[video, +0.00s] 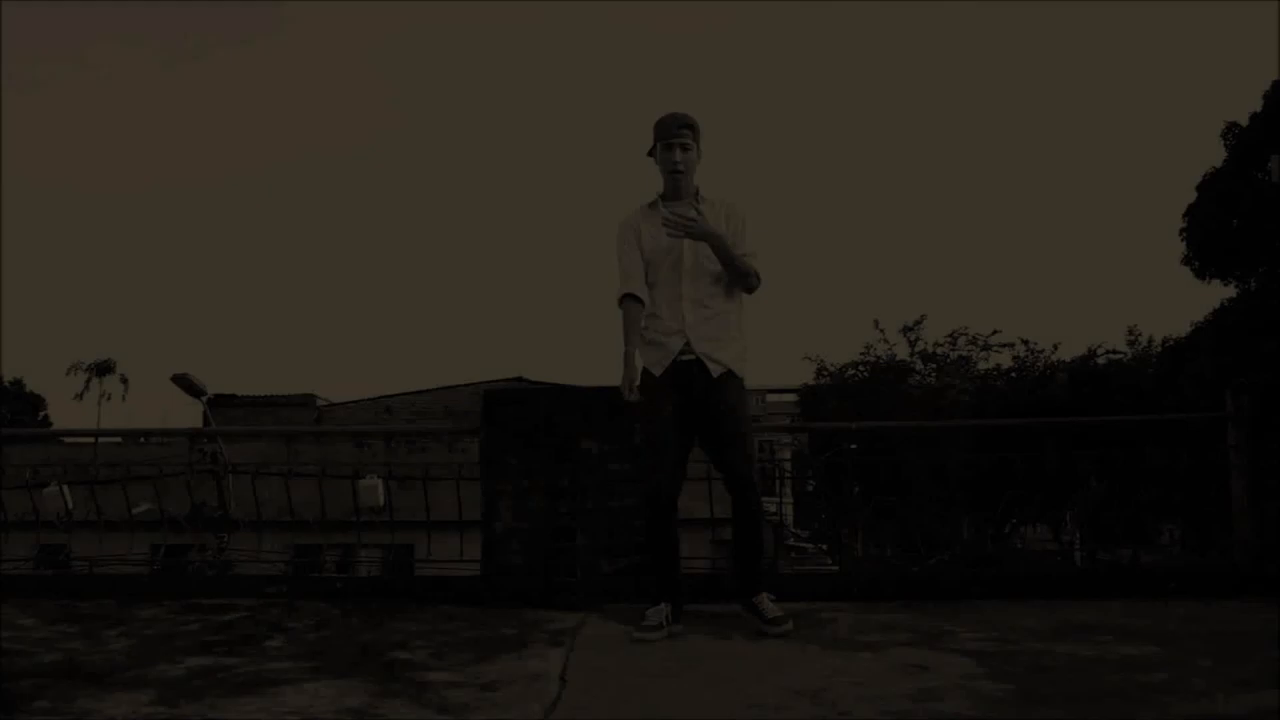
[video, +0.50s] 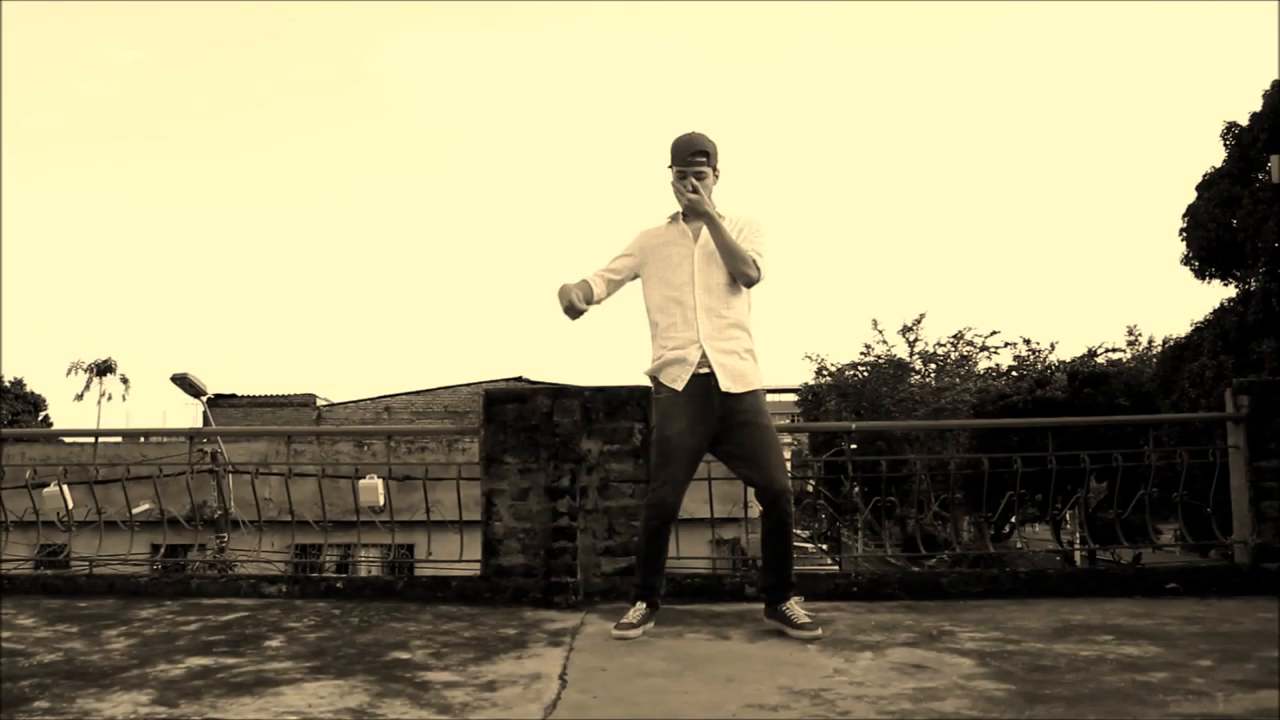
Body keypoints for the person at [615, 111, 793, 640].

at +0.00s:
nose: (677, 156)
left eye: (685, 148)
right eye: (668, 149)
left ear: (699, 155)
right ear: (655, 157)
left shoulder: (726, 216)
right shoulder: (637, 225)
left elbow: (749, 283)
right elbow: (632, 297)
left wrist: (711, 237)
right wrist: (631, 361)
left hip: (720, 366)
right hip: (661, 368)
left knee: (743, 481)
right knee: (659, 487)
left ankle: (755, 592)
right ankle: (662, 600)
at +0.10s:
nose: (686, 161)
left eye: (694, 152)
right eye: (677, 152)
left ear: (709, 158)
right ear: (663, 159)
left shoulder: (732, 213)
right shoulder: (643, 221)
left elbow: (742, 272)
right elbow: (643, 297)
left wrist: (704, 212)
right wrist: (646, 364)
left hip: (726, 365)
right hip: (669, 365)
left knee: (747, 485)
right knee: (664, 489)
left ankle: (754, 599)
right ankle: (666, 604)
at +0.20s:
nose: (687, 151)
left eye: (696, 144)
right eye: (679, 145)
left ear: (716, 149)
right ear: (670, 154)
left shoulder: (742, 201)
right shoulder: (651, 215)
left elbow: (750, 249)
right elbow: (624, 287)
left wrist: (708, 190)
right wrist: (638, 344)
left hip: (731, 360)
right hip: (671, 361)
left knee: (752, 482)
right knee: (650, 475)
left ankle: (756, 597)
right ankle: (659, 590)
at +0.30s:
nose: (682, 144)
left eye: (691, 137)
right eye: (674, 139)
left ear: (711, 143)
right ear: (665, 149)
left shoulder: (736, 194)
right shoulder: (648, 207)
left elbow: (752, 236)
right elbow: (601, 265)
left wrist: (705, 182)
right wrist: (618, 313)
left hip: (736, 354)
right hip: (675, 354)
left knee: (764, 471)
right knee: (648, 464)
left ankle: (763, 588)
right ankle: (646, 577)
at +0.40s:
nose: (680, 154)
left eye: (689, 147)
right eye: (672, 149)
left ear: (708, 152)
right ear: (663, 156)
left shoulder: (735, 200)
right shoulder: (644, 213)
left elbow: (749, 244)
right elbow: (584, 254)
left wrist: (700, 191)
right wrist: (594, 290)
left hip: (738, 363)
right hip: (677, 363)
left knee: (774, 472)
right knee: (654, 477)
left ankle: (769, 583)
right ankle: (640, 587)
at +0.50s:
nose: (691, 182)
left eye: (700, 174)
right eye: (683, 175)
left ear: (717, 177)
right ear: (671, 179)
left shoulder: (741, 229)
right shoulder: (651, 241)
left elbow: (749, 274)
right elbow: (605, 280)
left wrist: (710, 218)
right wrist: (579, 293)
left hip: (739, 380)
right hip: (677, 381)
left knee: (778, 491)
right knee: (662, 498)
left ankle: (781, 600)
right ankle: (645, 602)